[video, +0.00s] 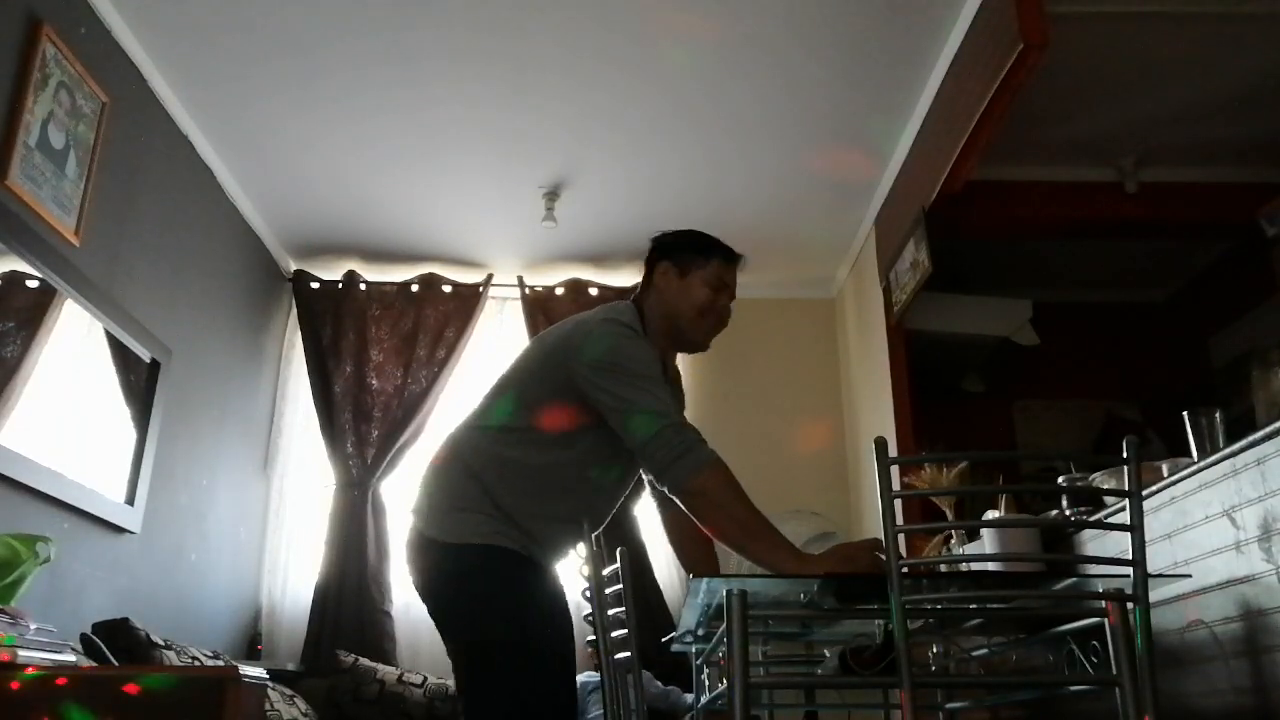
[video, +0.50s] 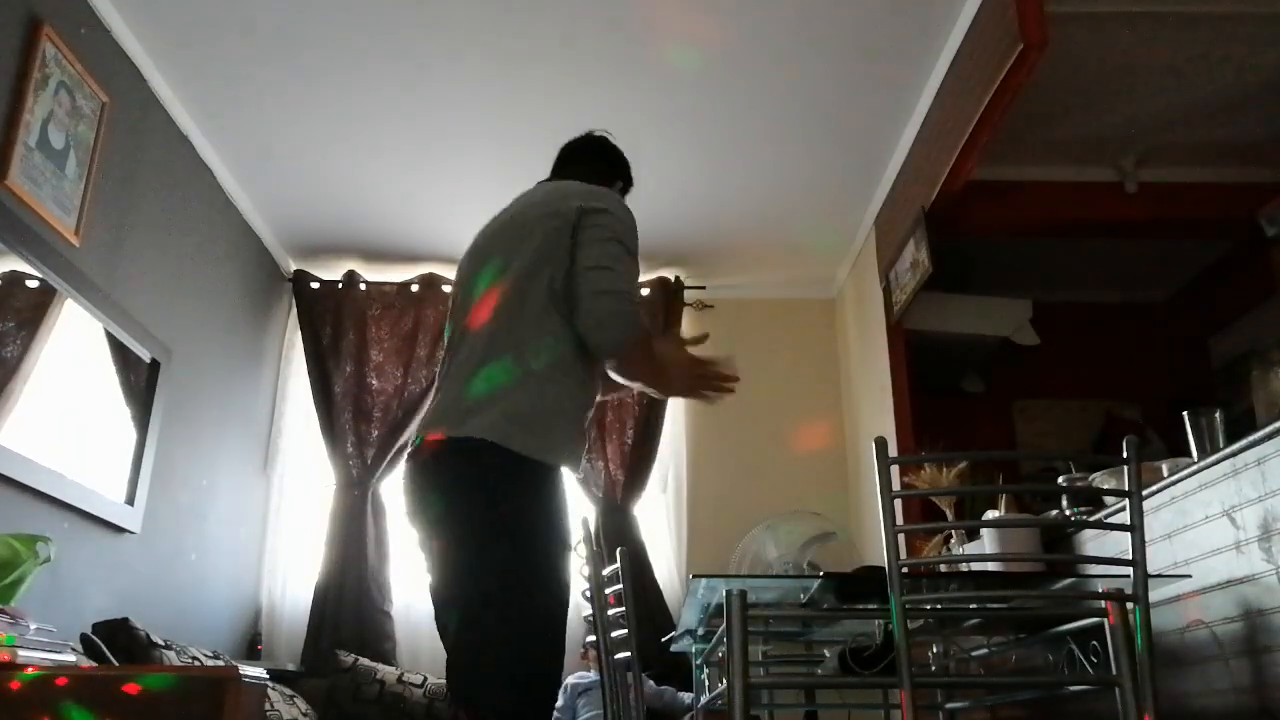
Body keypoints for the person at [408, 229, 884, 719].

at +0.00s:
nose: (727, 308)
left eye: (731, 297)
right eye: (717, 289)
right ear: (663, 276)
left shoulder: (654, 369)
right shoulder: (610, 340)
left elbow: (680, 499)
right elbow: (691, 473)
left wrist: (718, 603)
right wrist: (803, 564)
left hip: (515, 547)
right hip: (472, 538)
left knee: (542, 702)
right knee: (520, 703)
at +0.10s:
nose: (714, 327)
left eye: (718, 312)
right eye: (714, 307)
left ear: (671, 290)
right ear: (679, 289)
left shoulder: (624, 355)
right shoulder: (605, 342)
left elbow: (671, 499)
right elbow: (686, 474)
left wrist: (718, 599)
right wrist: (803, 562)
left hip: (505, 563)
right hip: (473, 560)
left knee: (550, 712)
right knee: (546, 714)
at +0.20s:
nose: (685, 325)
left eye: (690, 308)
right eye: (689, 305)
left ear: (626, 281)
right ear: (668, 290)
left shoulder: (579, 335)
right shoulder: (599, 333)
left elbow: (656, 487)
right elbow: (682, 456)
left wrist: (722, 579)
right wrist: (799, 547)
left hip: (470, 563)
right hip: (484, 566)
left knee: (520, 714)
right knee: (555, 713)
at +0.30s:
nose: (656, 286)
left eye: (660, 275)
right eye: (660, 272)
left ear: (595, 250)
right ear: (645, 261)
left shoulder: (547, 299)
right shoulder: (596, 295)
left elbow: (607, 449)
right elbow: (635, 416)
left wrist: (708, 500)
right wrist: (771, 464)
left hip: (462, 537)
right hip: (498, 541)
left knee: (520, 707)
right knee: (552, 708)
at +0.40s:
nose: (642, 242)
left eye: (644, 231)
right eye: (645, 229)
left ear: (585, 202)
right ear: (639, 216)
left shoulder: (534, 248)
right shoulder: (598, 237)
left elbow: (565, 397)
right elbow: (605, 353)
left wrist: (673, 420)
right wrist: (725, 378)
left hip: (461, 484)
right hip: (501, 490)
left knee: (491, 679)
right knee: (530, 684)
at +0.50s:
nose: (623, 204)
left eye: (625, 197)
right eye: (623, 195)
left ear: (556, 174)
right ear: (615, 184)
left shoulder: (500, 228)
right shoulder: (599, 205)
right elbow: (611, 327)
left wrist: (633, 357)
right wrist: (667, 374)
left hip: (440, 459)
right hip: (504, 459)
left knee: (473, 654)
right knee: (523, 662)